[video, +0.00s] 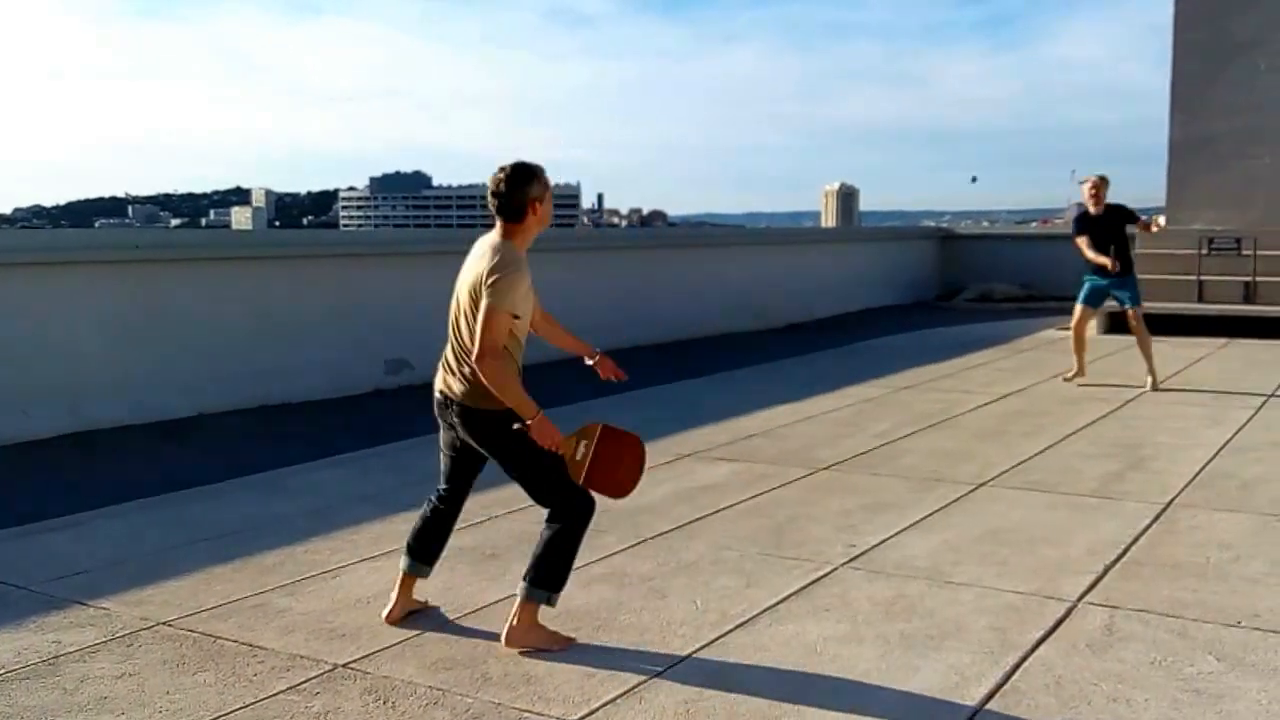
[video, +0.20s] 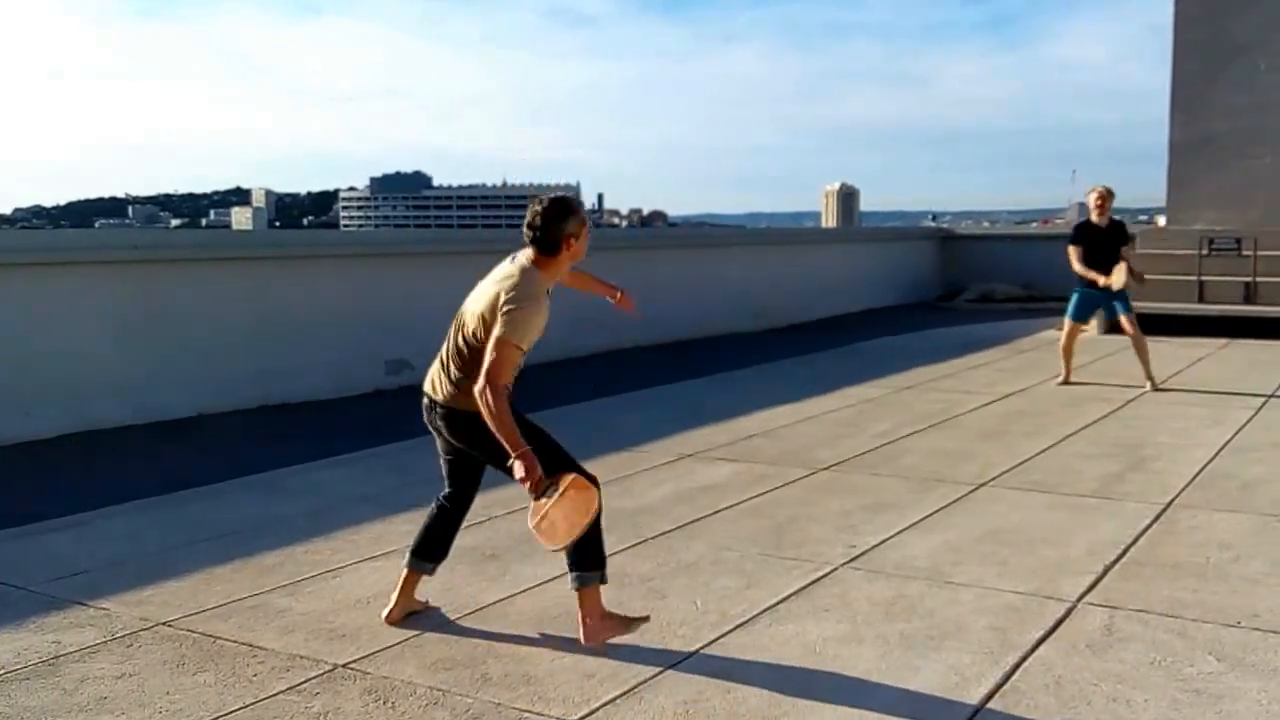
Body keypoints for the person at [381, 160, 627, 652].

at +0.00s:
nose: (552, 206)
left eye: (550, 198)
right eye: (549, 198)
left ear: (506, 207)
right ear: (534, 208)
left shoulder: (491, 248)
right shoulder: (508, 268)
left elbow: (535, 318)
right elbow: (487, 361)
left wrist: (589, 354)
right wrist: (535, 418)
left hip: (452, 400)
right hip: (486, 410)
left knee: (447, 496)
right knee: (572, 504)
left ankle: (403, 598)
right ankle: (524, 622)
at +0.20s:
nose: (587, 239)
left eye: (585, 231)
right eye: (583, 233)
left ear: (539, 236)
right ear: (568, 244)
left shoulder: (523, 264)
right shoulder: (526, 301)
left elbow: (567, 274)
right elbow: (488, 389)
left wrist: (612, 291)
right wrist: (521, 453)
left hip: (440, 401)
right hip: (473, 413)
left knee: (456, 493)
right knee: (578, 486)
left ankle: (402, 600)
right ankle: (594, 616)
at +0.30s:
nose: (631, 270)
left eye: (630, 263)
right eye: (628, 265)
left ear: (582, 266)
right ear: (610, 278)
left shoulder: (556, 277)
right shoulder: (571, 332)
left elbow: (546, 257)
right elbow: (541, 424)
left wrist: (560, 265)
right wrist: (574, 492)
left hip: (440, 397)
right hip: (475, 416)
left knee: (454, 493)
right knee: (581, 496)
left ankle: (402, 599)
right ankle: (602, 626)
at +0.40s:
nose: (667, 306)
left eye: (667, 298)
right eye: (666, 299)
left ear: (614, 291)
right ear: (648, 309)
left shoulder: (577, 295)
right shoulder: (614, 359)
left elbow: (532, 269)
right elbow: (614, 458)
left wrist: (510, 262)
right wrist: (661, 520)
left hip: (453, 409)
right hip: (494, 428)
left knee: (452, 499)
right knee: (603, 498)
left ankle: (402, 600)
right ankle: (608, 629)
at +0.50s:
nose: (689, 343)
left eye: (691, 335)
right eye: (690, 336)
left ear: (639, 319)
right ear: (673, 338)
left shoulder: (591, 319)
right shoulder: (648, 386)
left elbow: (513, 291)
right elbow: (683, 463)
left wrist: (468, 285)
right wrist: (737, 500)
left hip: (470, 431)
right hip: (513, 451)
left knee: (464, 506)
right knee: (634, 504)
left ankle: (403, 604)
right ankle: (613, 632)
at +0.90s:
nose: (723, 277)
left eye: (722, 269)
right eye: (722, 270)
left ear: (672, 267)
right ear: (711, 277)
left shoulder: (624, 288)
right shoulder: (701, 342)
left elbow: (550, 314)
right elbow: (729, 422)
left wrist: (496, 360)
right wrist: (769, 400)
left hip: (533, 408)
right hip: (581, 430)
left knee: (500, 510)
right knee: (667, 515)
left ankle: (426, 613)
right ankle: (618, 635)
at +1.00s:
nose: (710, 239)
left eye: (708, 230)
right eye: (709, 231)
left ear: (658, 230)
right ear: (702, 237)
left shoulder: (611, 262)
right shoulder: (695, 305)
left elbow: (540, 300)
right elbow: (714, 397)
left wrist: (510, 356)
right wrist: (746, 406)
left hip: (542, 392)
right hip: (594, 412)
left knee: (526, 497)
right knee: (663, 512)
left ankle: (463, 603)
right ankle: (619, 635)